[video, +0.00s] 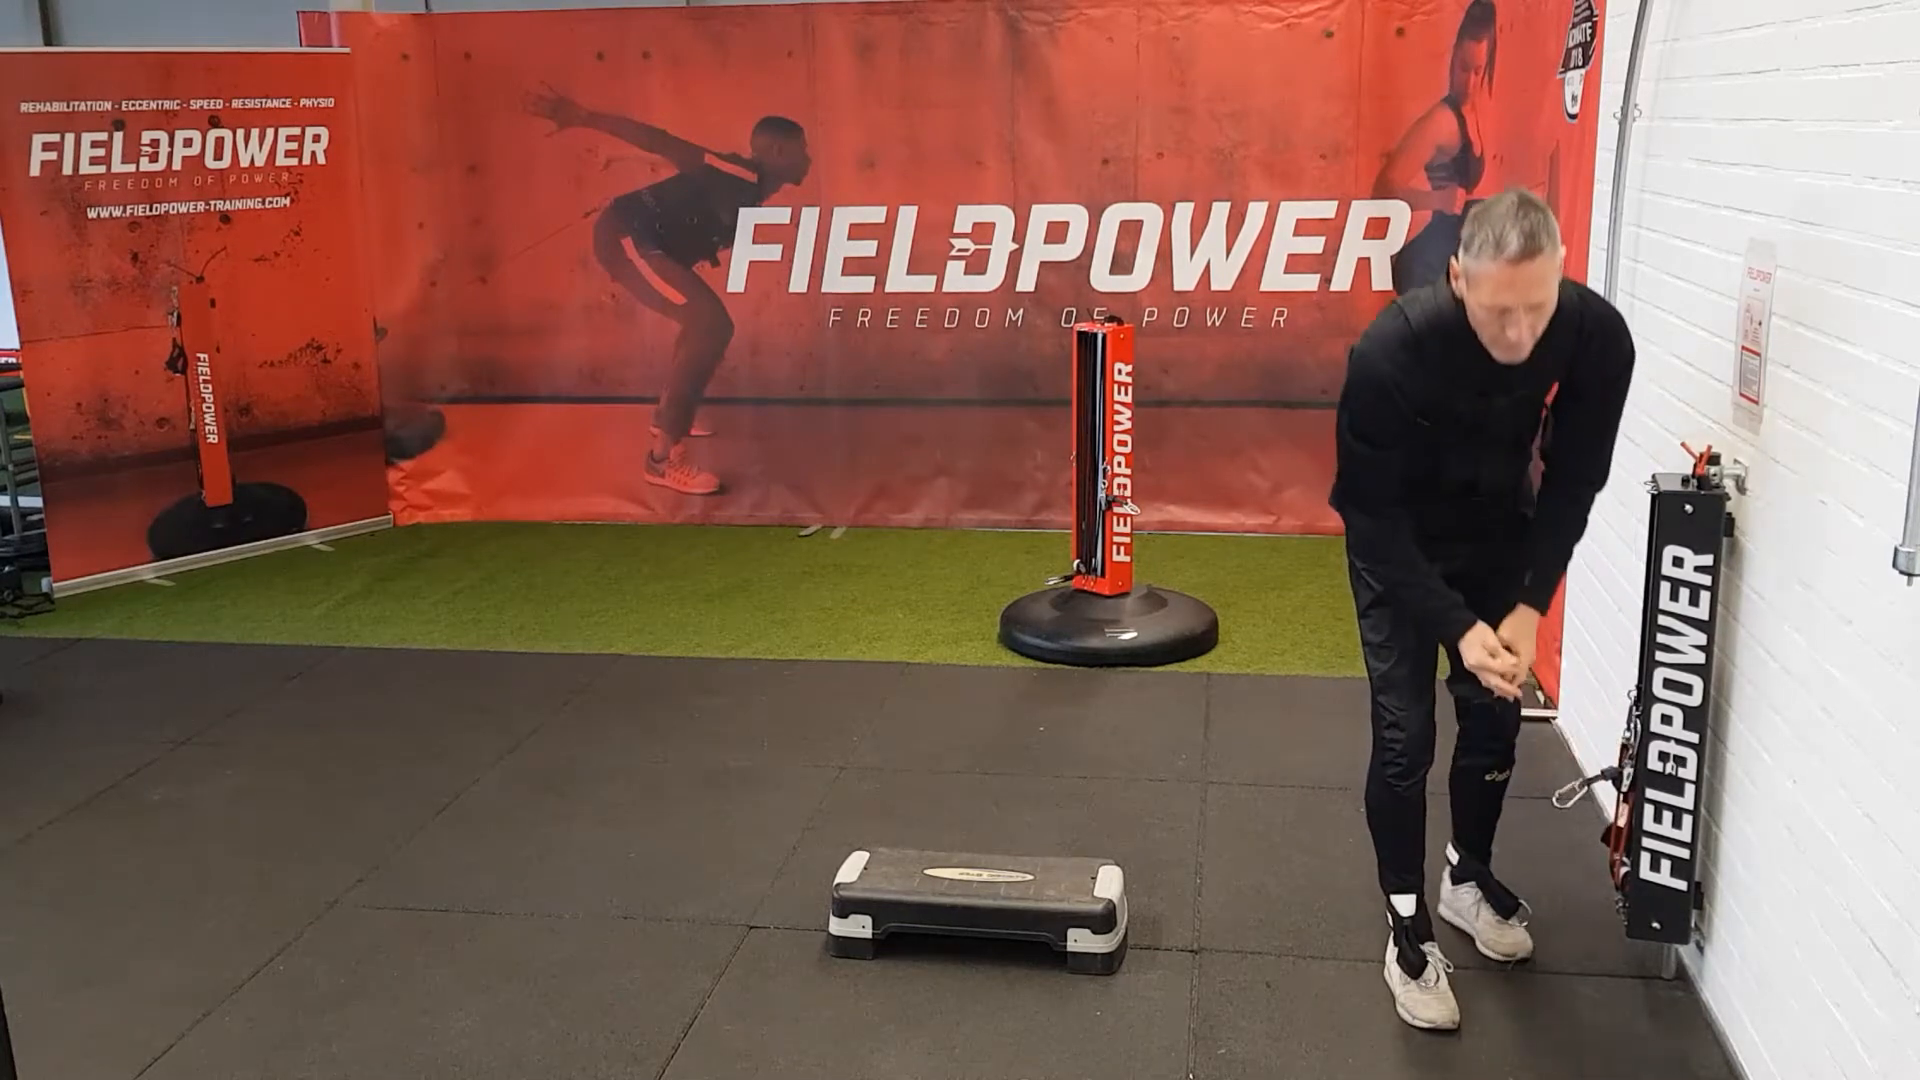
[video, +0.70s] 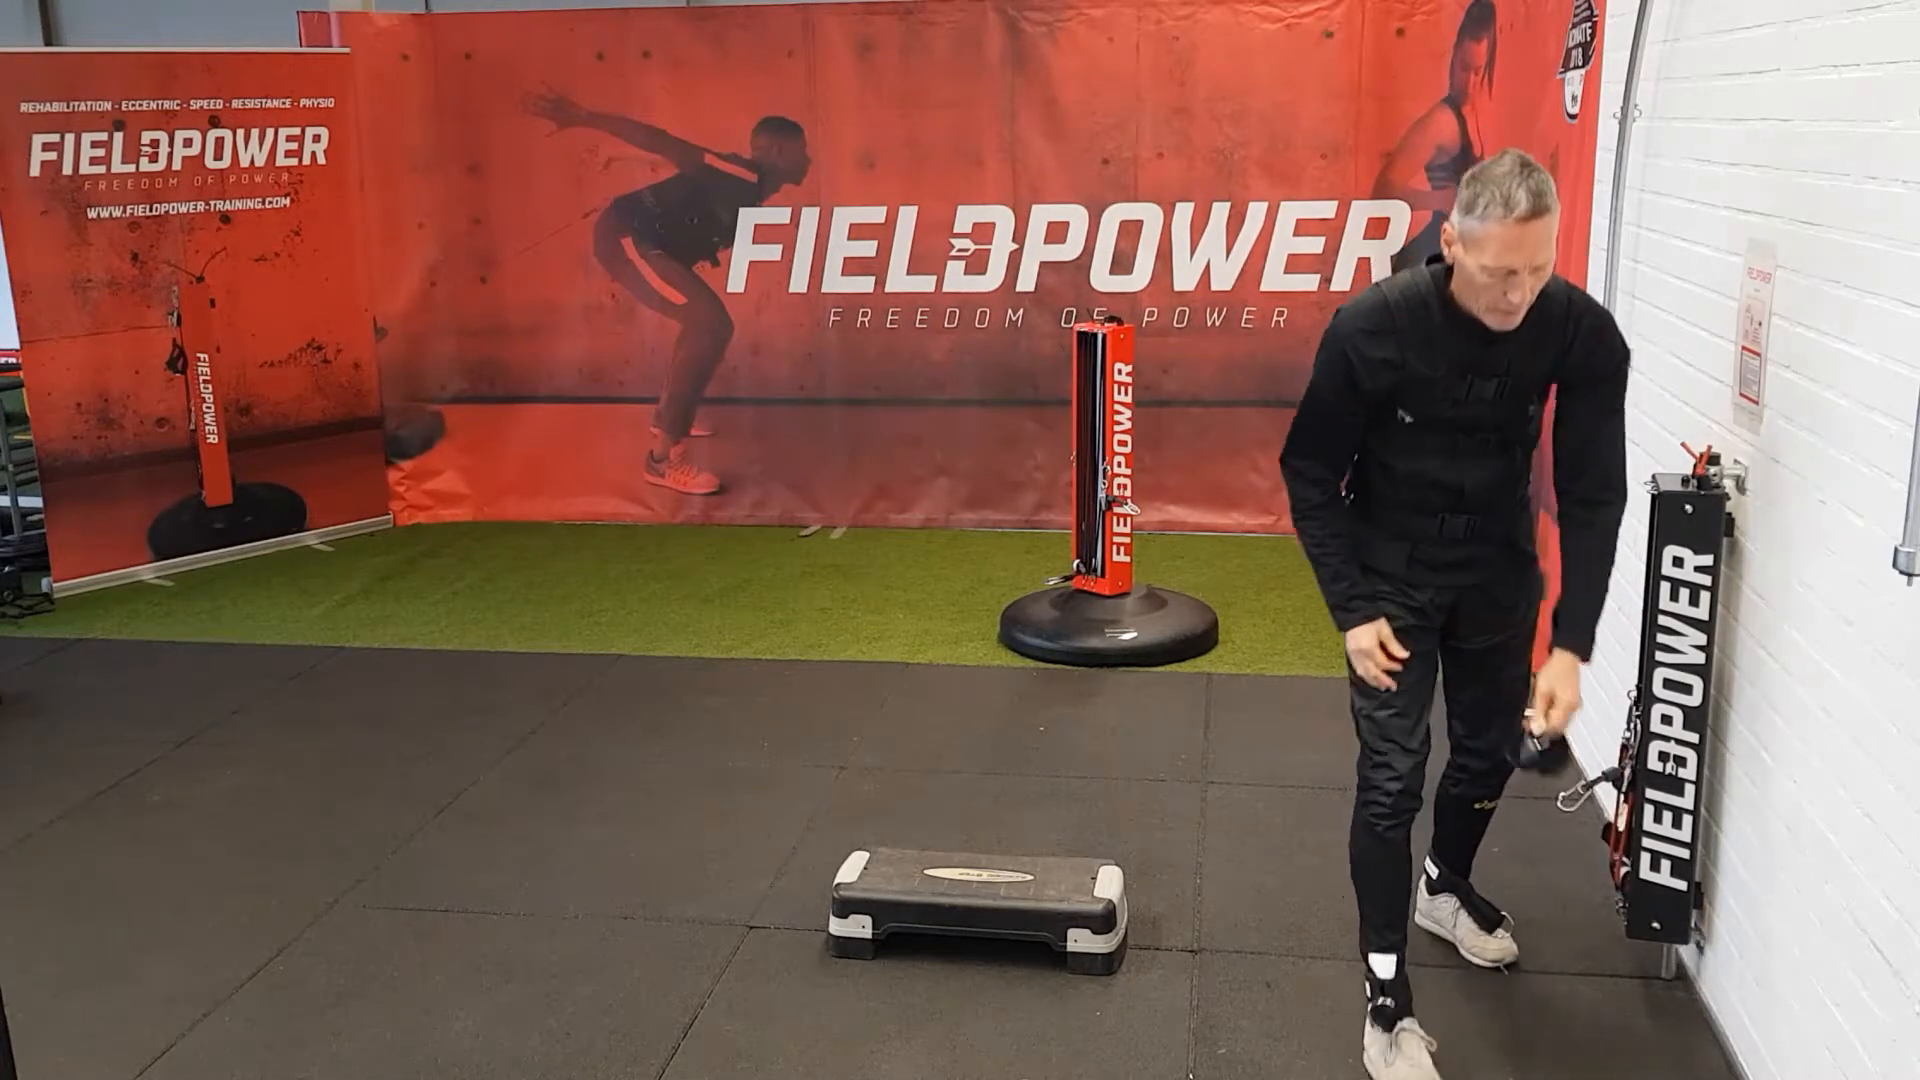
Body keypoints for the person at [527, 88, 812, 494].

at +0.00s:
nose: (808, 158)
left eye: (805, 149)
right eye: (801, 149)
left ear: (774, 151)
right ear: (773, 150)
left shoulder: (745, 185)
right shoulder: (735, 180)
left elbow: (660, 142)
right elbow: (659, 141)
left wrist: (583, 116)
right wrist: (583, 117)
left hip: (639, 234)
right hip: (627, 233)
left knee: (709, 322)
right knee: (713, 326)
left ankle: (670, 414)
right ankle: (664, 457)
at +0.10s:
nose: (808, 158)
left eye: (805, 149)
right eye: (801, 149)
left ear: (774, 151)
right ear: (774, 150)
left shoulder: (746, 186)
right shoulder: (734, 179)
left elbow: (660, 142)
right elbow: (658, 141)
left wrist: (583, 116)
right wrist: (583, 117)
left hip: (641, 235)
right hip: (627, 233)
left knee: (709, 322)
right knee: (713, 326)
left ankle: (670, 413)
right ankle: (664, 457)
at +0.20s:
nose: (807, 159)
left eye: (805, 150)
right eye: (801, 149)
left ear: (773, 151)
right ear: (772, 150)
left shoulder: (749, 190)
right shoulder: (735, 179)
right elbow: (661, 142)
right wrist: (582, 117)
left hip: (643, 236)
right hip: (626, 234)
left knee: (709, 322)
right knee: (712, 326)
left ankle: (670, 414)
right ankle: (665, 457)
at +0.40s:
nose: (807, 159)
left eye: (804, 150)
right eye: (800, 150)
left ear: (774, 151)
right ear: (772, 150)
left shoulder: (750, 191)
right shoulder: (736, 177)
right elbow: (661, 143)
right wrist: (582, 117)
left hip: (643, 236)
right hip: (627, 234)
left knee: (708, 322)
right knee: (713, 325)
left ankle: (670, 414)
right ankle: (665, 457)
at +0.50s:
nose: (807, 159)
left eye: (804, 150)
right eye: (801, 150)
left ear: (773, 151)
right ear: (772, 150)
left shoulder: (749, 189)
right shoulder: (737, 178)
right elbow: (662, 143)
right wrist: (582, 117)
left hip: (642, 237)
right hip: (627, 235)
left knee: (710, 322)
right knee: (712, 325)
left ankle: (670, 413)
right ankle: (665, 458)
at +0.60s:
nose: (807, 159)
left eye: (804, 150)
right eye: (800, 150)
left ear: (774, 151)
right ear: (772, 150)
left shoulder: (750, 190)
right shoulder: (736, 177)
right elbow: (661, 143)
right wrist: (582, 117)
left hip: (643, 236)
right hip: (627, 234)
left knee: (708, 322)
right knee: (713, 325)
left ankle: (670, 414)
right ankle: (665, 457)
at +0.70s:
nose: (807, 159)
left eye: (804, 150)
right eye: (800, 150)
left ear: (774, 152)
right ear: (772, 150)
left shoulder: (749, 191)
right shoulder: (735, 178)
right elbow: (661, 142)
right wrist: (582, 117)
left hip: (644, 236)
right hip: (627, 233)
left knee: (709, 322)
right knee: (712, 325)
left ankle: (670, 414)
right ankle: (665, 457)